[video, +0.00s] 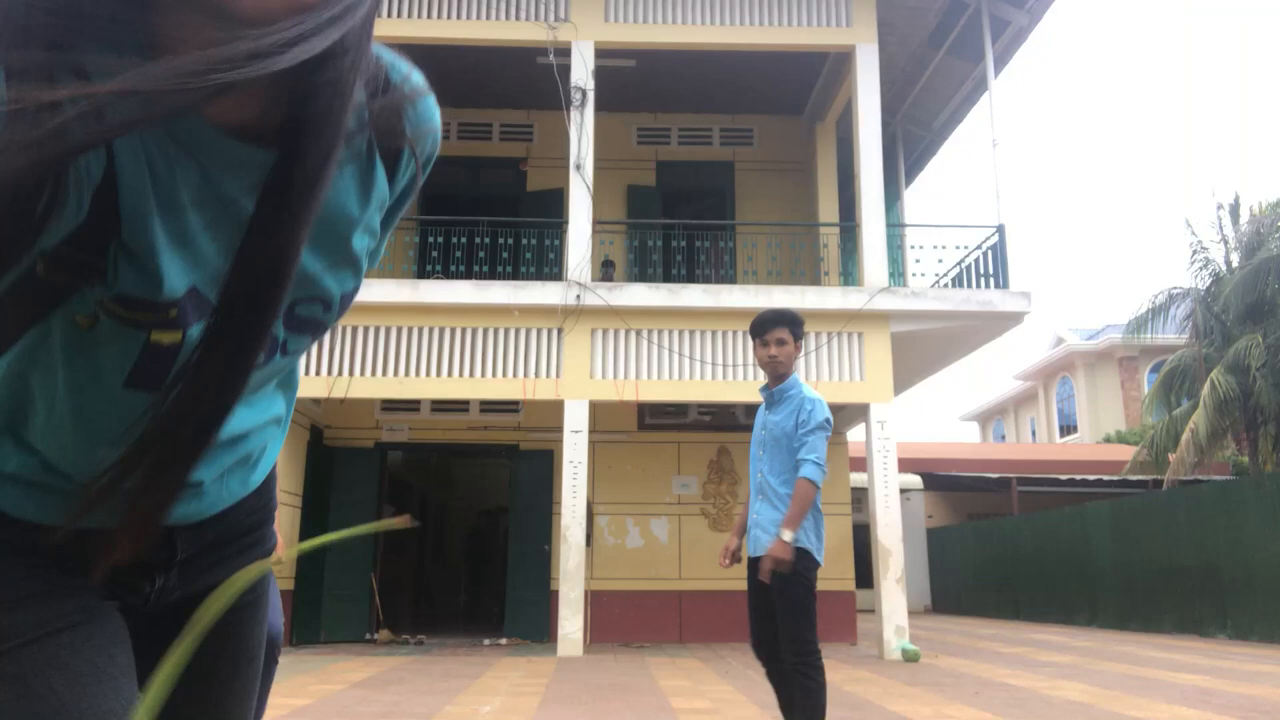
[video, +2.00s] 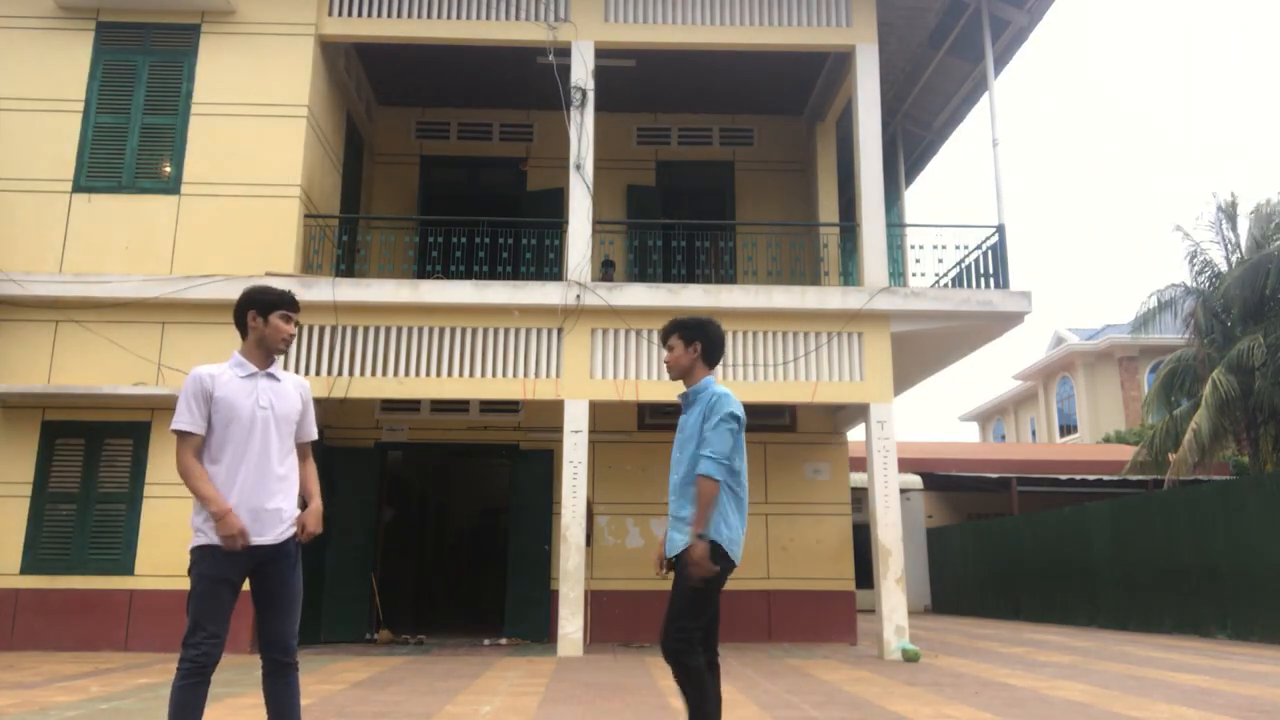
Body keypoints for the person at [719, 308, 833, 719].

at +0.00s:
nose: (773, 352)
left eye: (782, 343)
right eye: (765, 345)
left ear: (798, 348)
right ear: (755, 352)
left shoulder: (810, 405)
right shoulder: (766, 408)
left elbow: (811, 474)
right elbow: (762, 481)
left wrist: (786, 536)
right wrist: (738, 532)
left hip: (793, 545)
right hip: (761, 545)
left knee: (799, 651)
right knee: (766, 647)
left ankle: (810, 719)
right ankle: (796, 716)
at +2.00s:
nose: (665, 356)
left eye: (671, 348)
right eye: (665, 348)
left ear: (696, 350)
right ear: (690, 353)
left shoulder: (720, 402)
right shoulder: (695, 406)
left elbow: (710, 474)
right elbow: (687, 480)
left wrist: (699, 535)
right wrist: (669, 538)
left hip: (709, 542)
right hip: (692, 542)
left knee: (678, 641)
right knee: (701, 647)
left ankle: (705, 713)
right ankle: (707, 714)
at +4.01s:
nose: (837, 374)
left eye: (844, 365)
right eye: (837, 366)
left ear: (873, 367)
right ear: (864, 369)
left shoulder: (898, 425)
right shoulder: (858, 426)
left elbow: (878, 491)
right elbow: (801, 450)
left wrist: (831, 522)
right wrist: (742, 425)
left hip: (893, 564)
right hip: (883, 564)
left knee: (824, 664)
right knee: (887, 672)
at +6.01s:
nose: (837, 390)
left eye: (843, 380)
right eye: (836, 381)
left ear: (870, 380)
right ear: (870, 382)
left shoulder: (882, 430)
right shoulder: (904, 430)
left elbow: (819, 477)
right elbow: (878, 506)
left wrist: (750, 480)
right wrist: (834, 482)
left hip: (890, 574)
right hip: (918, 576)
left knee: (824, 667)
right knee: (889, 677)